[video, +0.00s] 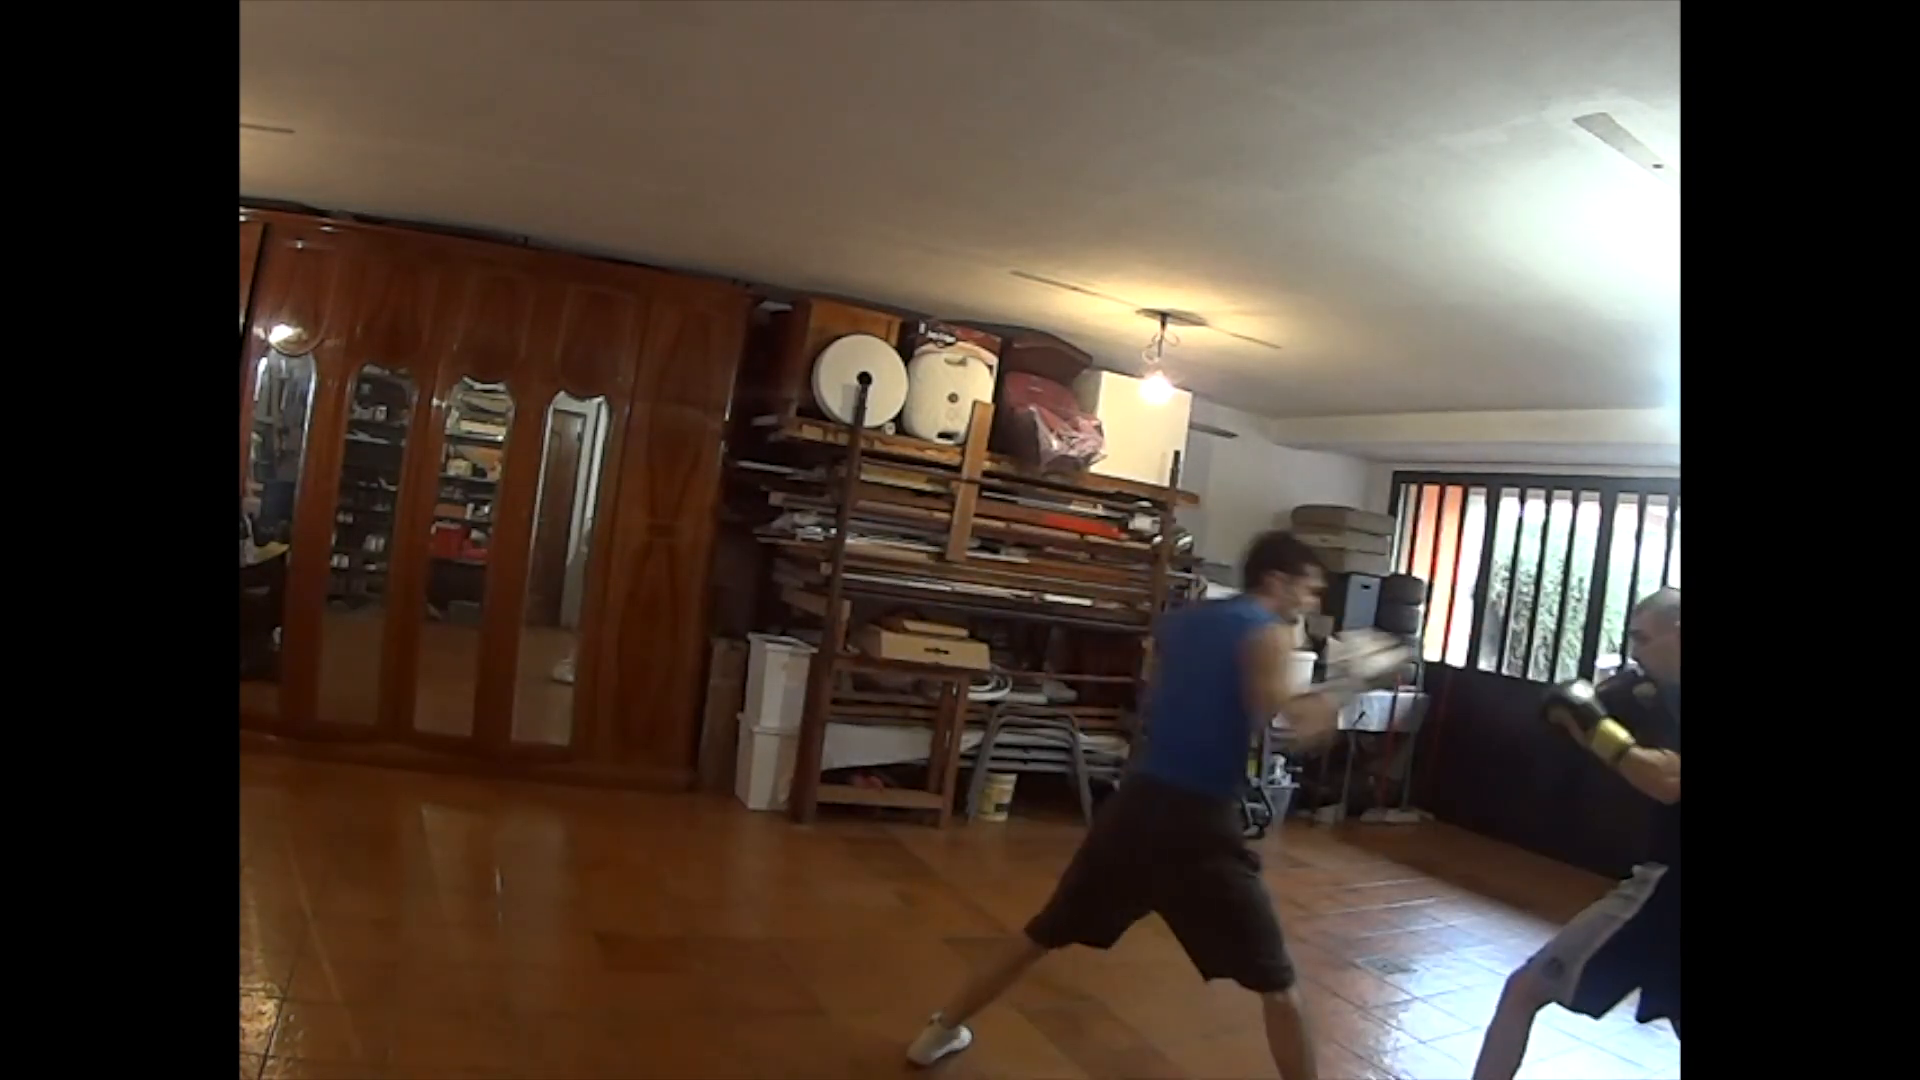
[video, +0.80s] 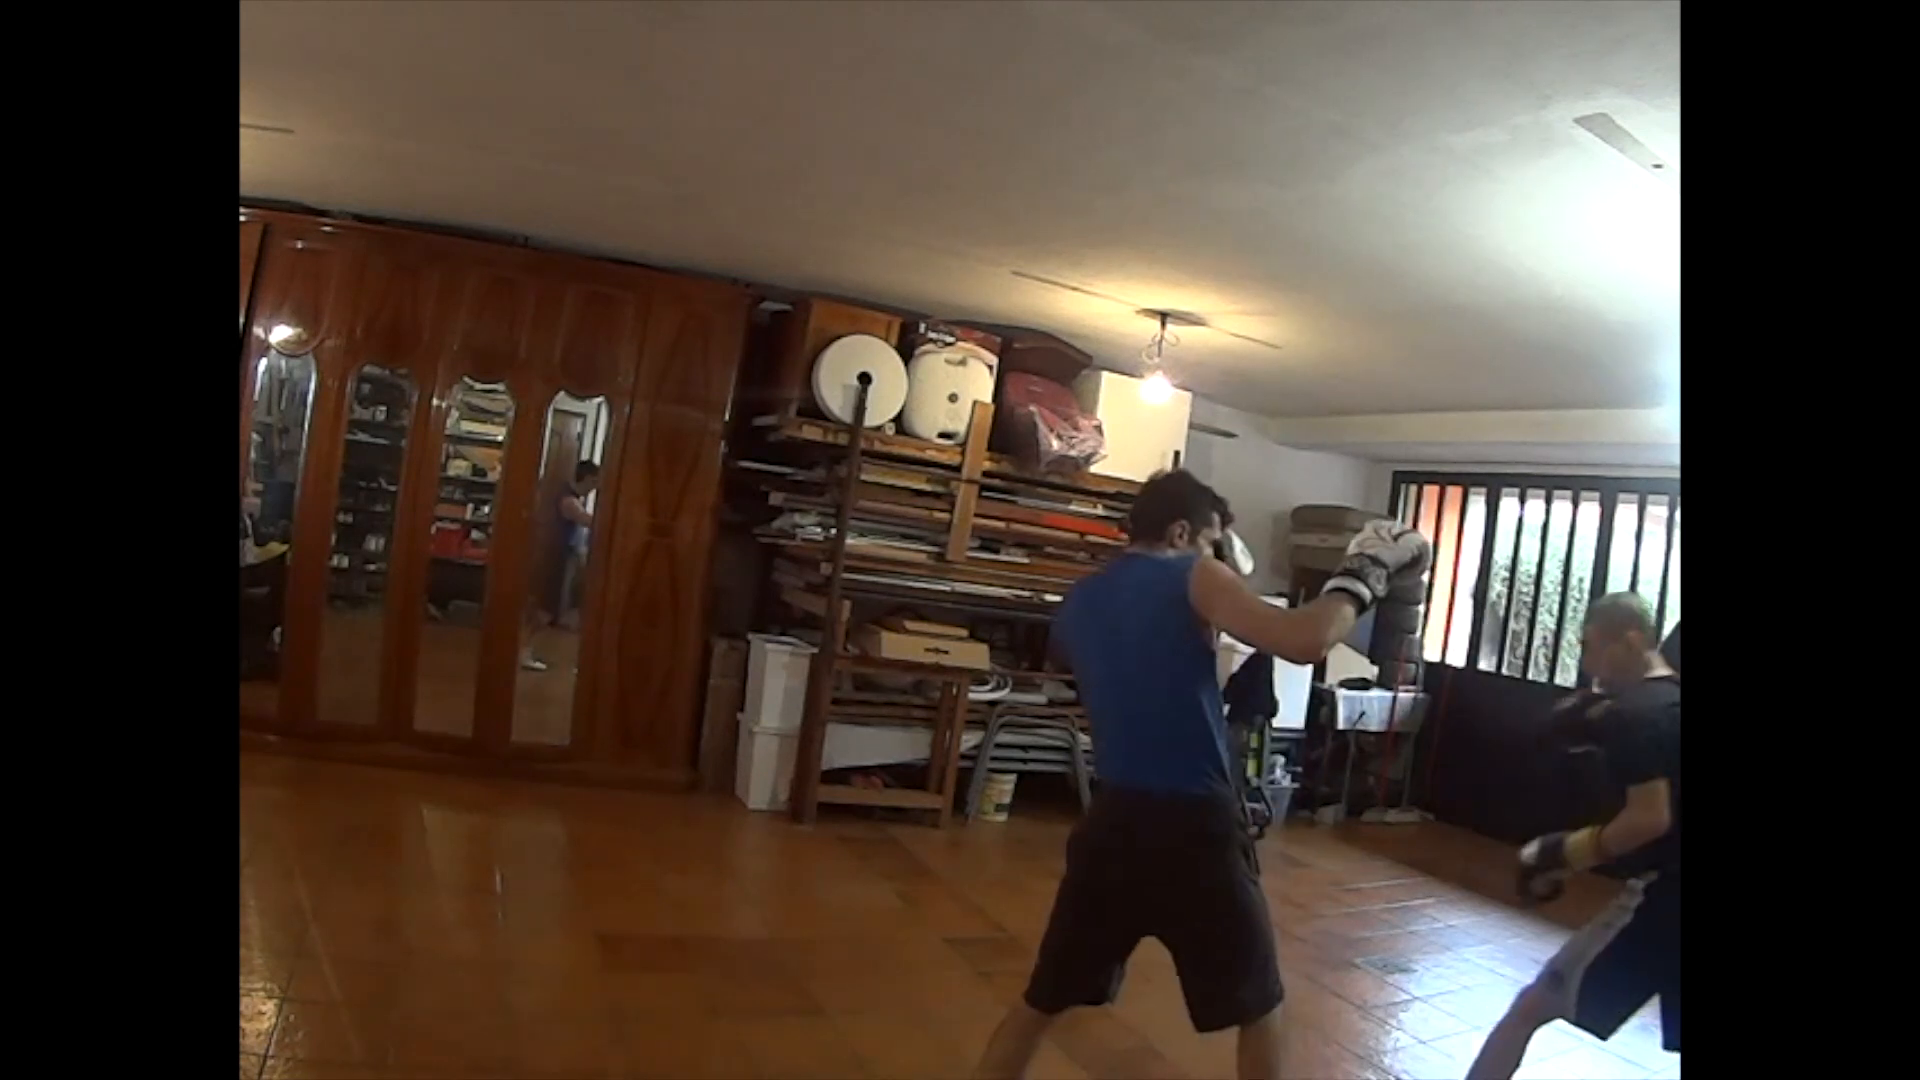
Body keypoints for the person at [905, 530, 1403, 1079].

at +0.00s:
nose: (1310, 606)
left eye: (1315, 595)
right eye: (1308, 593)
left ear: (1252, 580)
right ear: (1274, 581)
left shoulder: (1182, 619)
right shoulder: (1265, 630)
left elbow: (1167, 698)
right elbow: (1277, 707)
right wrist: (1353, 683)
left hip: (1131, 816)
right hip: (1203, 828)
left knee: (1038, 935)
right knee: (1278, 986)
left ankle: (937, 1032)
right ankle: (1307, 1075)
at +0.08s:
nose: (1353, 621)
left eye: (1354, 612)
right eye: (1349, 610)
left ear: (1288, 589)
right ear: (1321, 598)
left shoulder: (1211, 621)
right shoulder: (1321, 646)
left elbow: (1173, 700)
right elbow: (1419, 690)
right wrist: (1479, 661)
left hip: (1143, 813)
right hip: (1216, 833)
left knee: (1057, 932)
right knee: (1283, 989)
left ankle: (953, 1032)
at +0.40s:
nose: (1323, 589)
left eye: (1324, 577)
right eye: (1320, 575)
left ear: (1256, 564)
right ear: (1294, 565)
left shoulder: (1194, 620)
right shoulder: (1307, 615)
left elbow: (1193, 722)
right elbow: (1392, 704)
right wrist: (1406, 620)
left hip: (1180, 835)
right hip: (1265, 846)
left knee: (1090, 991)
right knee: (1315, 1012)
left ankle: (1008, 1074)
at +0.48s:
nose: (1297, 587)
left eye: (1298, 577)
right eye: (1293, 574)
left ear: (1226, 565)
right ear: (1265, 566)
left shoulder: (1168, 625)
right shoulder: (1284, 616)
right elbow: (1392, 686)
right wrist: (1394, 598)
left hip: (1169, 849)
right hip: (1253, 858)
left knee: (1078, 1003)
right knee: (1309, 1016)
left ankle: (1007, 1073)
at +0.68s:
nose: (1216, 559)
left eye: (1217, 548)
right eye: (1213, 546)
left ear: (1138, 544)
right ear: (1183, 543)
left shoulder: (1091, 612)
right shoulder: (1204, 592)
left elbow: (1156, 703)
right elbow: (1313, 665)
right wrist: (1368, 632)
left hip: (1127, 837)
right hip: (1215, 844)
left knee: (1045, 1009)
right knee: (1272, 1020)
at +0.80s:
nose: (1213, 552)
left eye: (1216, 542)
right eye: (1212, 540)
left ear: (1136, 530)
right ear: (1181, 531)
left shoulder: (1082, 597)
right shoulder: (1191, 575)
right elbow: (1304, 640)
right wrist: (1364, 574)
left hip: (1111, 829)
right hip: (1198, 838)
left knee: (1038, 1004)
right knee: (1259, 1011)